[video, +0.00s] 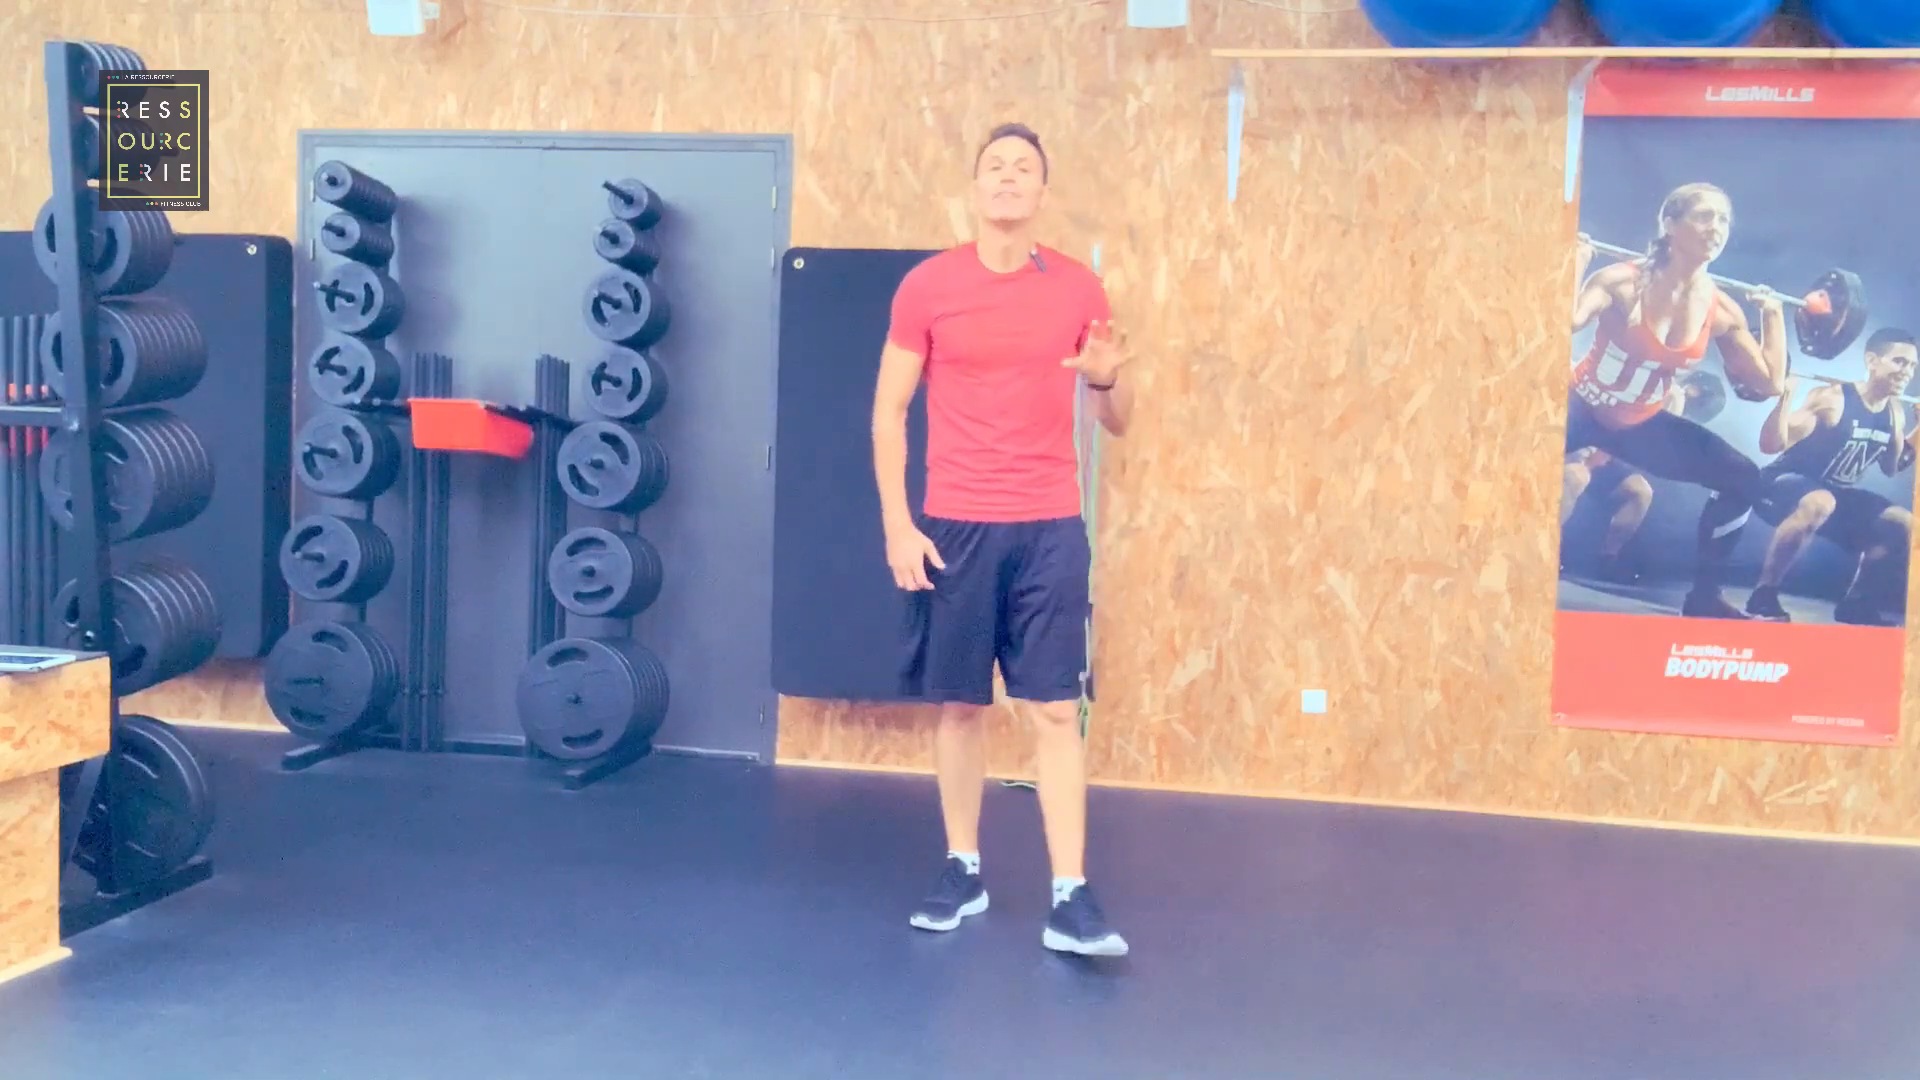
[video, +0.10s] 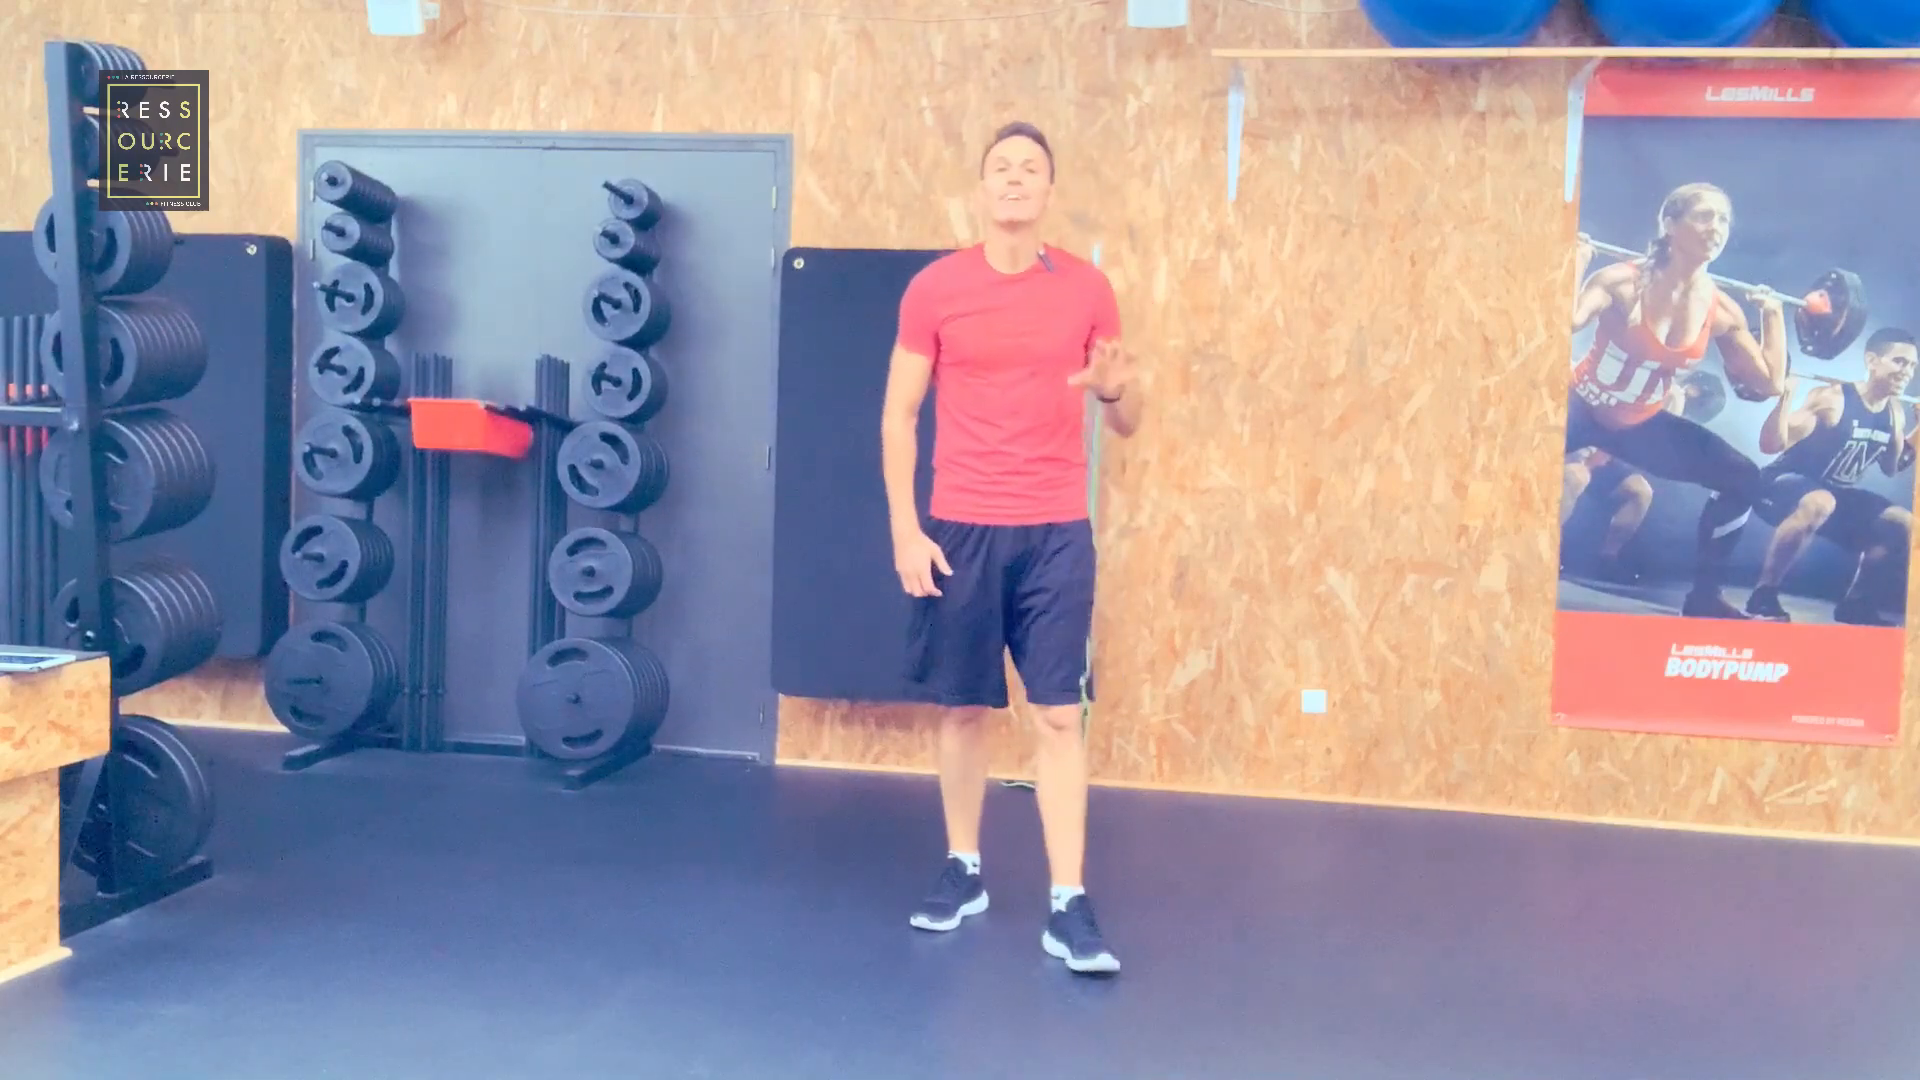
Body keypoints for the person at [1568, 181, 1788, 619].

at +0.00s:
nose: (1716, 228)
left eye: (1724, 220)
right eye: (1704, 217)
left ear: (1729, 233)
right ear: (1670, 224)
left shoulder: (1721, 311)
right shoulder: (1620, 279)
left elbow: (1770, 385)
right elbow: (1558, 326)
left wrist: (1773, 312)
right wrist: (1572, 268)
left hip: (1645, 425)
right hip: (1579, 409)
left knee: (1742, 478)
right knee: (1512, 451)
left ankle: (1705, 597)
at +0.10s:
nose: (1716, 228)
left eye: (1724, 220)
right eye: (1704, 217)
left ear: (1728, 232)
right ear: (1670, 224)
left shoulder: (1722, 311)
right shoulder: (1620, 279)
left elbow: (1769, 386)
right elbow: (1558, 325)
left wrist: (1773, 313)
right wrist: (1572, 269)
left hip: (1645, 425)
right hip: (1579, 410)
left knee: (1742, 477)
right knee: (1513, 450)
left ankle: (1705, 597)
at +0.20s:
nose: (1716, 228)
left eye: (1724, 220)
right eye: (1704, 216)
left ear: (1729, 232)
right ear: (1670, 224)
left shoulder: (1721, 311)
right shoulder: (1620, 279)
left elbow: (1770, 385)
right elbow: (1558, 326)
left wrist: (1773, 312)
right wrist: (1572, 268)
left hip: (1645, 425)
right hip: (1579, 409)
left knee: (1742, 478)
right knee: (1512, 449)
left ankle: (1705, 597)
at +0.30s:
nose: (1716, 228)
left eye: (1724, 220)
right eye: (1704, 216)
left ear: (1728, 232)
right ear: (1670, 224)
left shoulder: (1722, 311)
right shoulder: (1620, 279)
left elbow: (1769, 386)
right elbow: (1558, 325)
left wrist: (1773, 313)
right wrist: (1572, 269)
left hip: (1644, 425)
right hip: (1579, 410)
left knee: (1742, 478)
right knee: (1512, 450)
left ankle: (1705, 597)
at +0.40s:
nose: (1716, 228)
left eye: (1724, 220)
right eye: (1704, 216)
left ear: (1728, 232)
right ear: (1670, 224)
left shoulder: (1722, 311)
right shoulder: (1620, 279)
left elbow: (1769, 386)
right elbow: (1558, 325)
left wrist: (1773, 313)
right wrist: (1572, 269)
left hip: (1644, 425)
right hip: (1579, 410)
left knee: (1742, 478)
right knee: (1512, 451)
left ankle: (1705, 597)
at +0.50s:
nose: (1716, 228)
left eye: (1724, 220)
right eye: (1704, 216)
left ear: (1728, 232)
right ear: (1670, 224)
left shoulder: (1722, 311)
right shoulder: (1620, 279)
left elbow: (1769, 386)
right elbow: (1558, 325)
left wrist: (1773, 313)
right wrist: (1572, 269)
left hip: (1644, 425)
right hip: (1579, 410)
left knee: (1742, 478)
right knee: (1512, 451)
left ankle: (1705, 597)